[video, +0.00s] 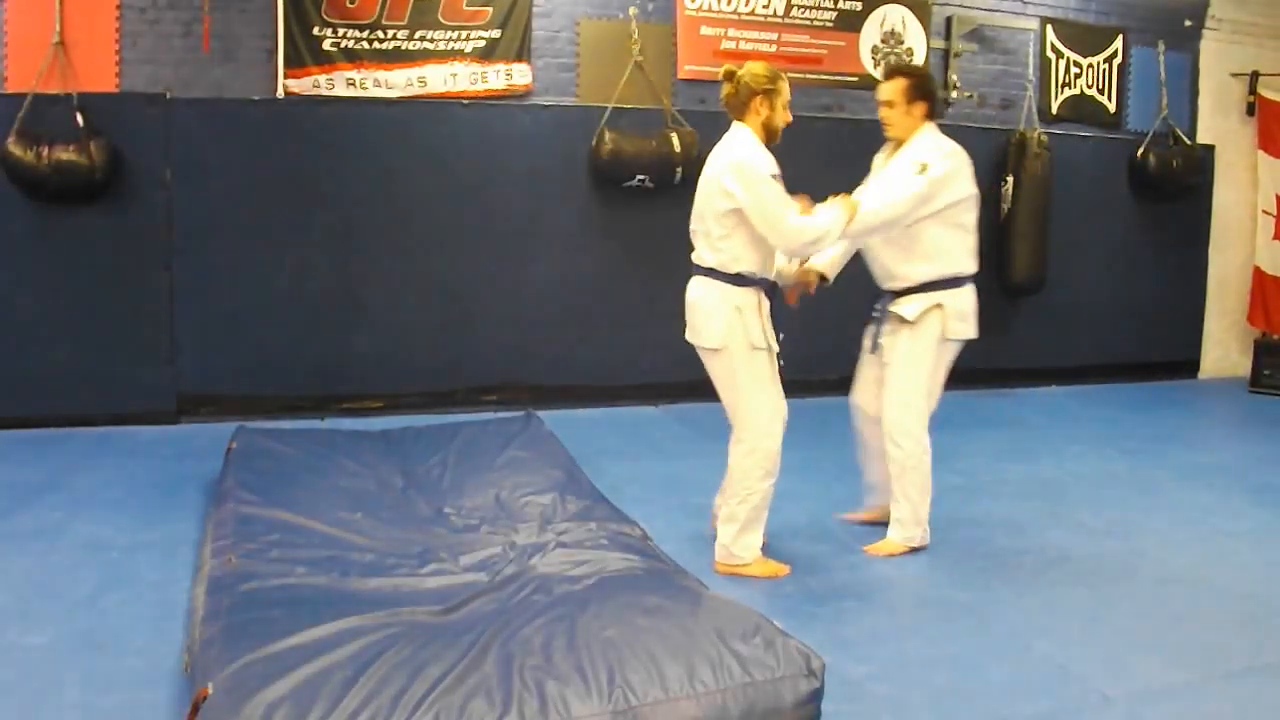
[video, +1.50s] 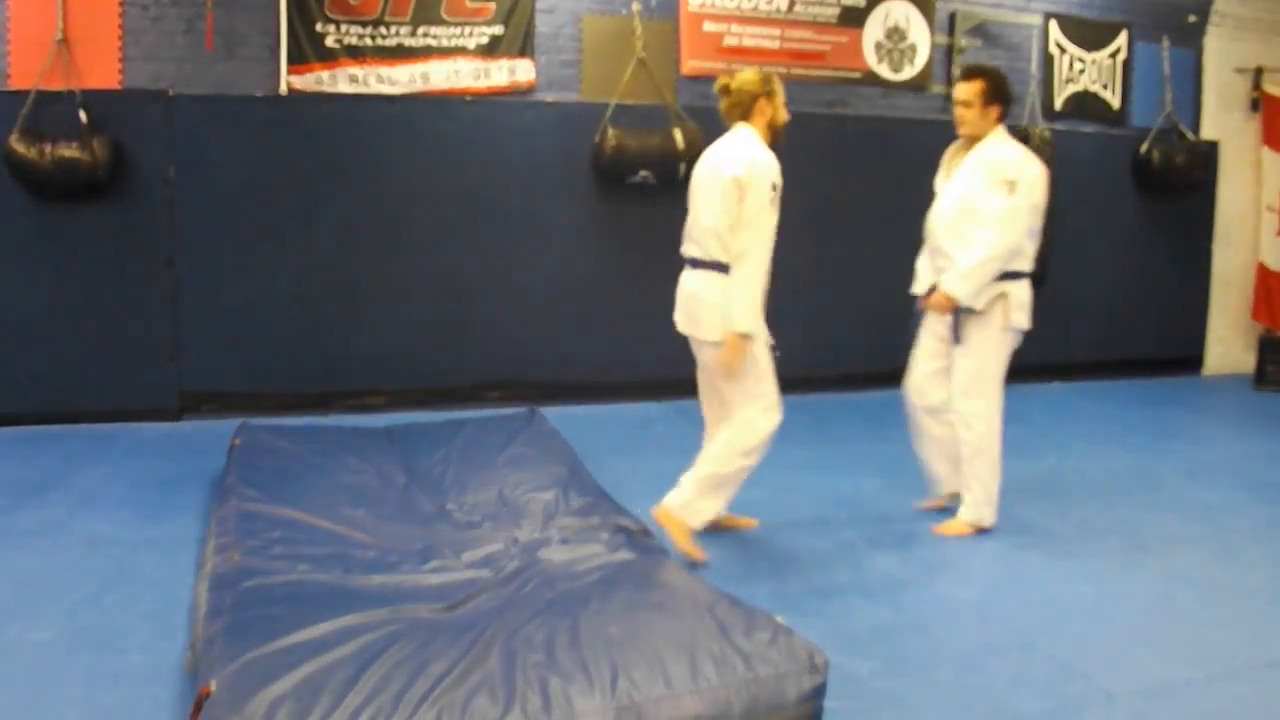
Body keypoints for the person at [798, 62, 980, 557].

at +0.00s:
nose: (881, 114)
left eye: (890, 105)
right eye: (880, 105)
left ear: (921, 108)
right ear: (887, 108)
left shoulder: (941, 158)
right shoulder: (889, 158)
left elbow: (881, 211)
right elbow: (858, 219)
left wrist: (820, 219)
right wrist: (819, 268)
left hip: (937, 304)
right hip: (899, 302)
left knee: (904, 414)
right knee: (868, 403)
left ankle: (911, 530)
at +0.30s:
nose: (821, 113)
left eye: (829, 103)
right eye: (819, 104)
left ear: (860, 102)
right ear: (827, 105)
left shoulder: (888, 149)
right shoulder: (823, 155)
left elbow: (848, 183)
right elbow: (801, 219)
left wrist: (782, 165)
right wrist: (786, 271)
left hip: (869, 301)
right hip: (826, 299)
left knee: (845, 414)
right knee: (807, 410)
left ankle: (856, 532)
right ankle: (812, 509)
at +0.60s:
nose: (801, 112)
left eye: (808, 102)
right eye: (798, 104)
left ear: (839, 100)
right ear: (806, 104)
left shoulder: (869, 150)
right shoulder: (801, 154)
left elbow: (833, 195)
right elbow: (777, 221)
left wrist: (766, 177)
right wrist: (761, 278)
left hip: (855, 303)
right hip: (813, 302)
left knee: (835, 423)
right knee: (799, 412)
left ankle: (833, 545)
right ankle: (807, 508)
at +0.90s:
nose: (817, 114)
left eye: (825, 105)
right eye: (814, 105)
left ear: (855, 103)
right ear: (816, 106)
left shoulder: (895, 158)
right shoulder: (818, 158)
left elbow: (886, 235)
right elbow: (803, 225)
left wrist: (831, 279)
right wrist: (789, 281)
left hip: (869, 304)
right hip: (822, 301)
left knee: (847, 417)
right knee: (809, 407)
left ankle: (832, 540)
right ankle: (810, 505)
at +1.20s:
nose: (880, 119)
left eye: (888, 111)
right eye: (877, 111)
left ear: (918, 112)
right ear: (880, 113)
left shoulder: (949, 168)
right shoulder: (883, 162)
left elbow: (933, 240)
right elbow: (862, 227)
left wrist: (884, 287)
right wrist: (838, 275)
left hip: (924, 306)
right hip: (876, 301)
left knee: (906, 409)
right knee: (847, 403)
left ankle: (967, 498)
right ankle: (823, 504)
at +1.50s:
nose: (957, 114)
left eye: (967, 106)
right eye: (955, 105)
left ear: (995, 110)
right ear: (956, 107)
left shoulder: (1023, 168)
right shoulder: (955, 157)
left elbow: (1006, 242)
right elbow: (938, 229)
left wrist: (956, 289)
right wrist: (925, 280)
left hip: (995, 296)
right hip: (948, 294)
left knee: (976, 400)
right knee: (923, 390)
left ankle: (979, 510)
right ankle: (950, 484)